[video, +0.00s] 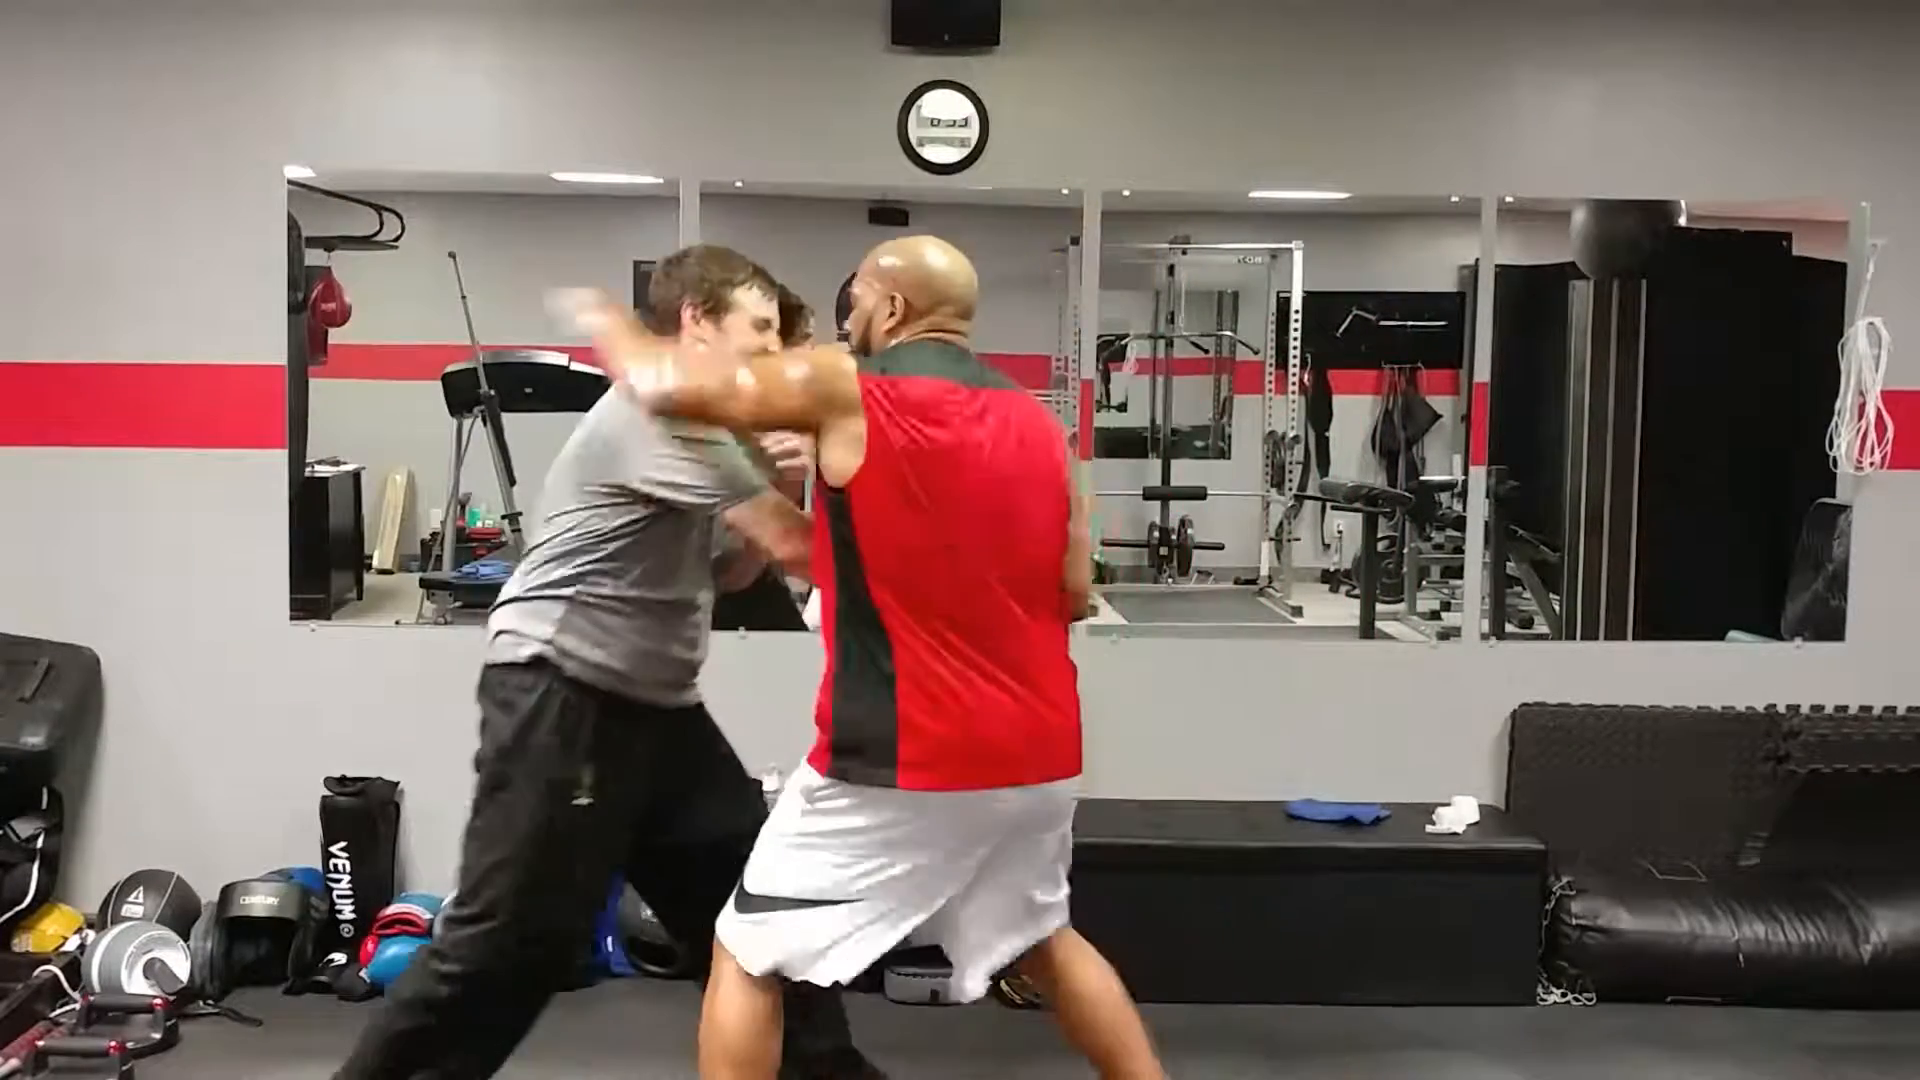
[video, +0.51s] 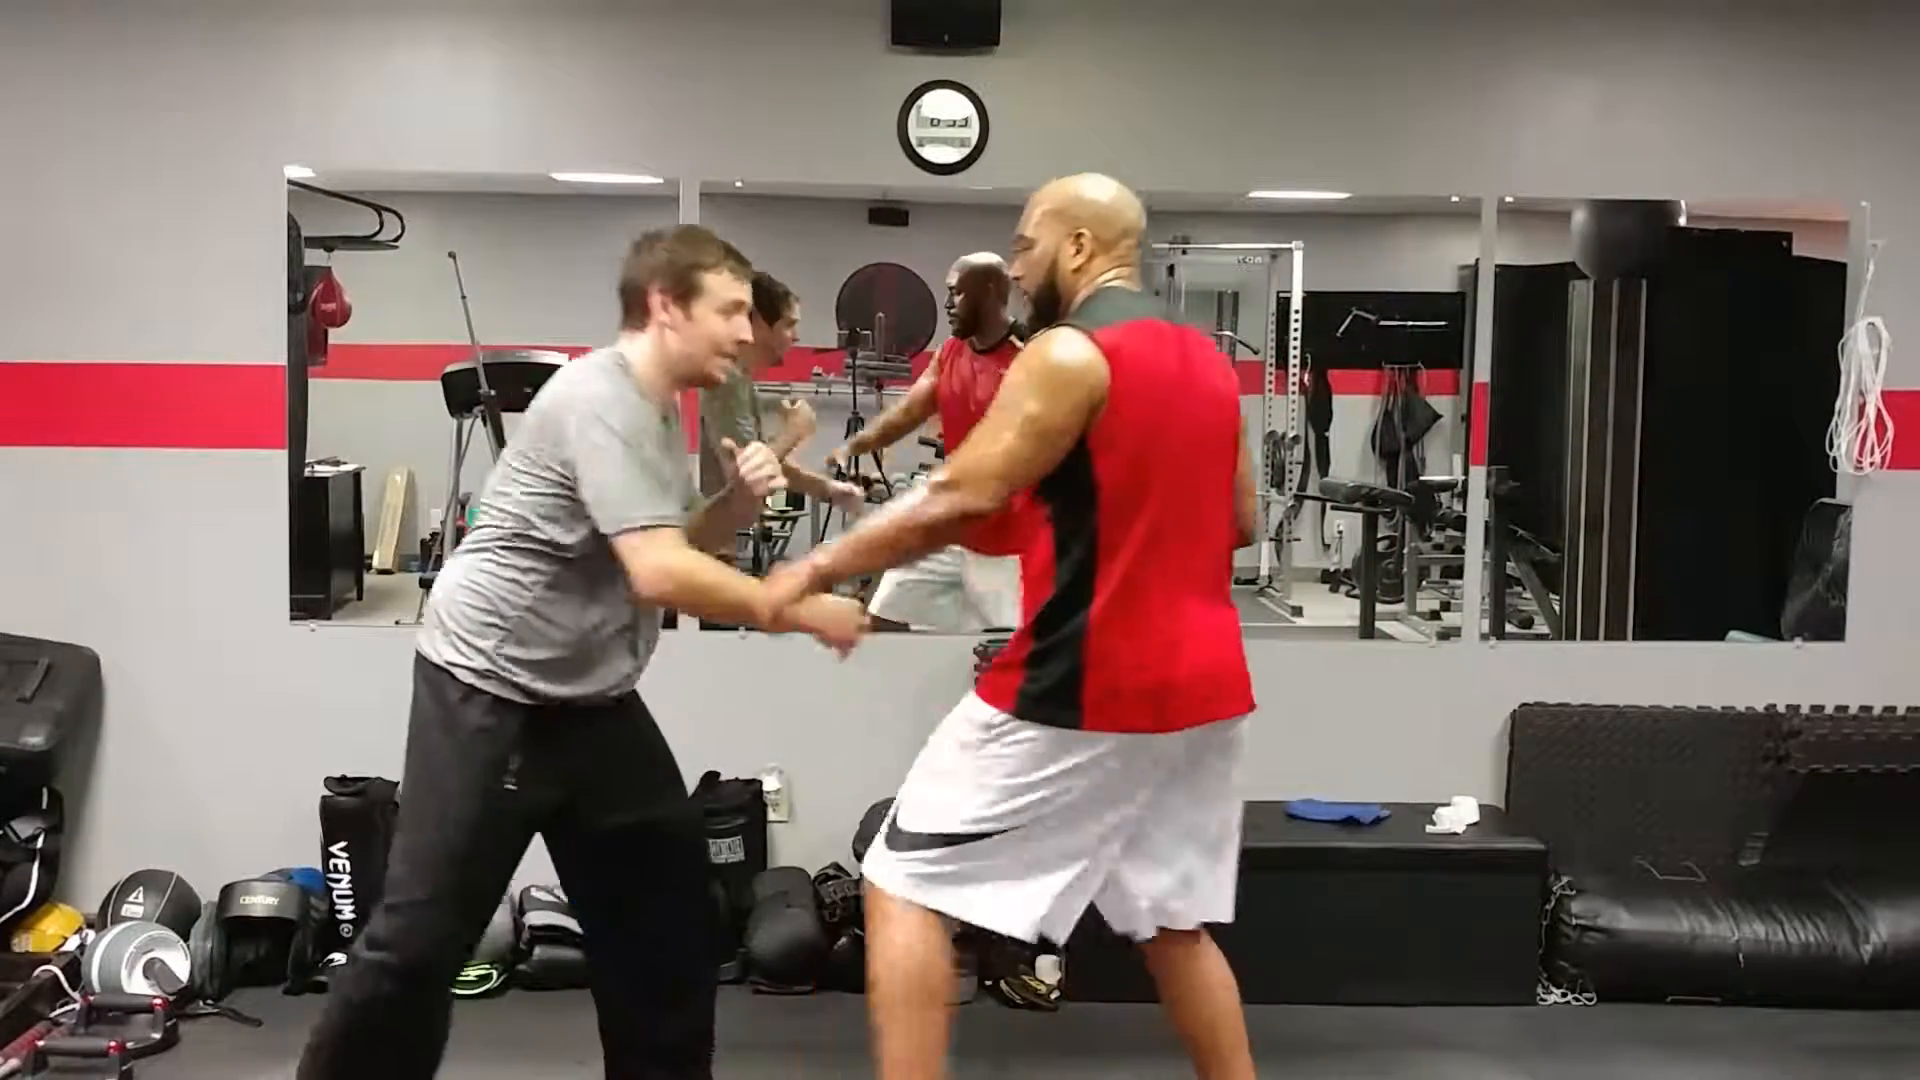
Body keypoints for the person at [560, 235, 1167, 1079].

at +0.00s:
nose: (849, 317)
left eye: (855, 302)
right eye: (851, 303)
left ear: (890, 306)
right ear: (962, 317)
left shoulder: (840, 381)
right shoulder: (1039, 423)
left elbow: (670, 384)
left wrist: (613, 320)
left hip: (895, 748)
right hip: (1041, 743)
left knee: (748, 953)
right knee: (1041, 933)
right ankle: (1146, 1075)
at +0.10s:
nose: (862, 304)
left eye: (872, 288)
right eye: (867, 287)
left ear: (909, 295)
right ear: (974, 309)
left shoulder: (861, 371)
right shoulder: (1066, 428)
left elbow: (678, 390)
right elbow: (1128, 577)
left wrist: (577, 354)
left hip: (874, 740)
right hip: (1026, 743)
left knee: (734, 948)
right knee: (1040, 927)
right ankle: (1152, 1073)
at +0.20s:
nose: (891, 300)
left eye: (906, 281)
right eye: (900, 281)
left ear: (948, 292)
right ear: (1005, 305)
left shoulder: (886, 383)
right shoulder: (1092, 422)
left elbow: (709, 433)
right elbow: (1173, 563)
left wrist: (582, 405)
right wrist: (1065, 553)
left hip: (892, 736)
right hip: (1044, 738)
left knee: (744, 955)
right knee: (1073, 942)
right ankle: (1195, 1078)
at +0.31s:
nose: (936, 287)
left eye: (950, 270)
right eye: (943, 269)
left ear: (994, 276)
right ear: (1049, 288)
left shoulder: (953, 379)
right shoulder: (1135, 403)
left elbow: (803, 460)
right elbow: (1203, 548)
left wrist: (664, 475)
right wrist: (1094, 562)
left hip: (948, 724)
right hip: (1092, 721)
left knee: (806, 967)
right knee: (1108, 949)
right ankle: (1200, 1076)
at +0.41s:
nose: (985, 277)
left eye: (996, 258)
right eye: (988, 258)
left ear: (1041, 263)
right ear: (1090, 268)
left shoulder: (1020, 370)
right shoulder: (1181, 376)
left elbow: (888, 480)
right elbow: (1226, 533)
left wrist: (750, 526)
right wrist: (1115, 555)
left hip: (1026, 694)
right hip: (1161, 694)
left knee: (862, 920)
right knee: (1148, 927)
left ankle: (801, 1075)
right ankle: (1225, 1073)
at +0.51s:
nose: (1016, 267)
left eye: (1027, 246)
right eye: (1018, 248)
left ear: (1080, 247)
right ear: (1116, 252)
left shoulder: (1068, 357)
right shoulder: (1207, 359)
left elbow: (956, 501)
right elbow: (1240, 522)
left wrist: (816, 568)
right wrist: (1116, 540)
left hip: (1075, 678)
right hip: (1204, 679)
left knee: (901, 880)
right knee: (1173, 918)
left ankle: (911, 1070)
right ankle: (1236, 1076)